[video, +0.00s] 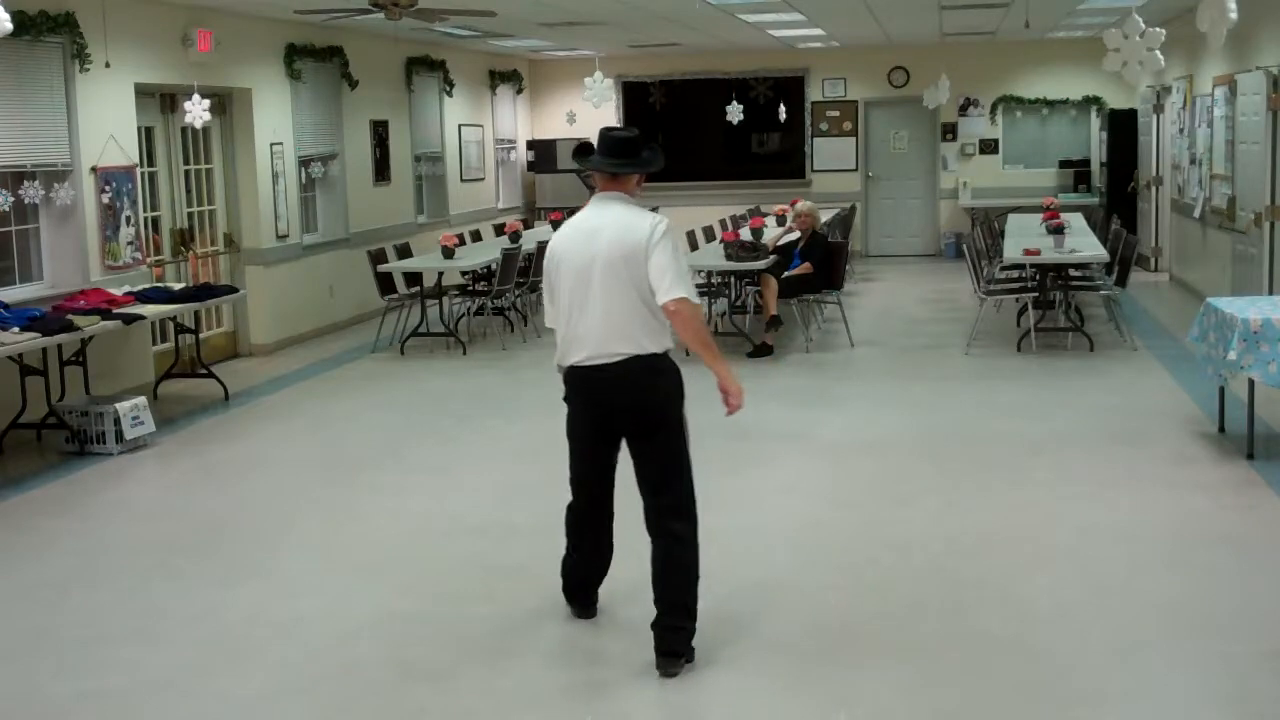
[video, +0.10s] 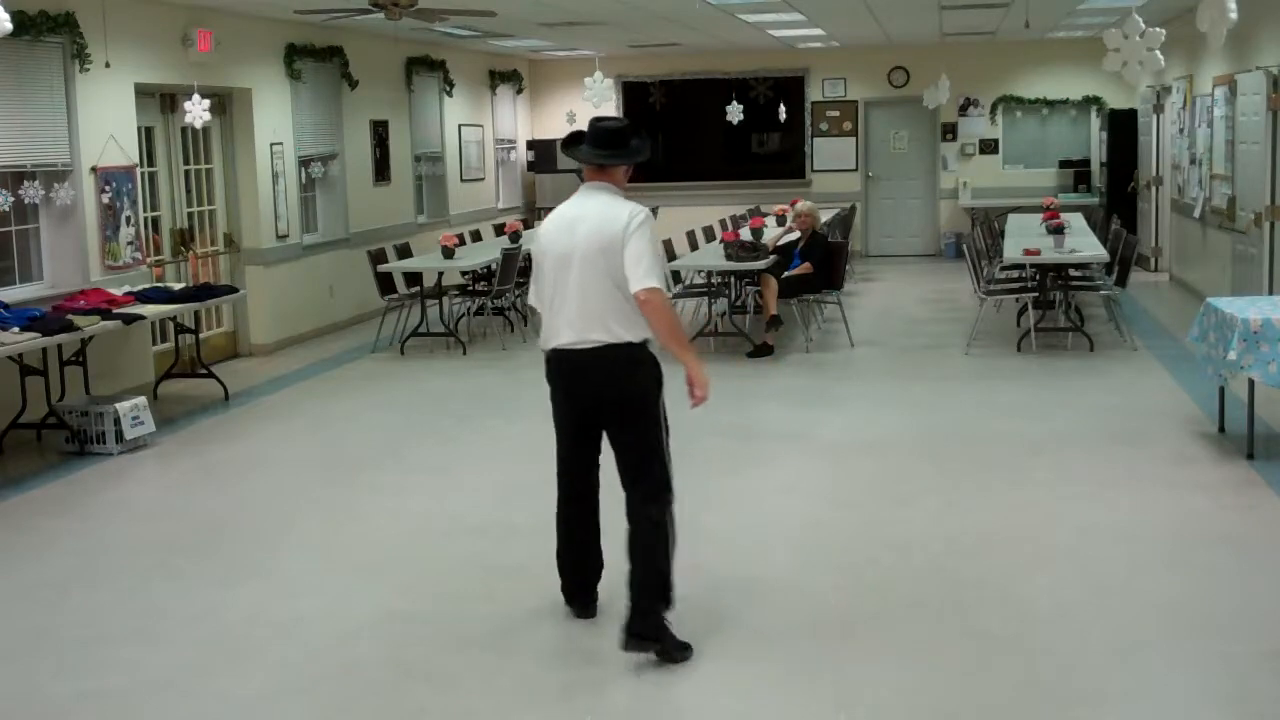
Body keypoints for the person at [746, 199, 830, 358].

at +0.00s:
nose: (802, 220)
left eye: (806, 216)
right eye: (798, 216)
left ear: (814, 219)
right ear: (795, 220)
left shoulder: (820, 240)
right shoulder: (797, 241)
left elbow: (810, 267)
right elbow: (767, 249)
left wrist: (785, 276)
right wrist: (785, 230)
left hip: (810, 279)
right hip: (791, 275)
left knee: (767, 291)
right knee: (765, 275)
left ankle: (767, 343)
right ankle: (773, 315)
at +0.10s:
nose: (802, 220)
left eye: (806, 216)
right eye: (798, 216)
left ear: (814, 219)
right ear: (795, 220)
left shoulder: (820, 240)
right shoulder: (797, 241)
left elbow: (810, 267)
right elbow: (767, 249)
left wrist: (785, 276)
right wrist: (785, 230)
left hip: (809, 279)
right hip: (791, 275)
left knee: (767, 292)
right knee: (765, 275)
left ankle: (768, 343)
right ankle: (773, 315)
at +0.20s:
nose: (802, 220)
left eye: (806, 216)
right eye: (799, 216)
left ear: (814, 219)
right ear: (795, 221)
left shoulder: (820, 240)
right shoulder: (797, 241)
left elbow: (810, 267)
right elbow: (767, 249)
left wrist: (785, 276)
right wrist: (784, 230)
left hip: (810, 279)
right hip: (791, 275)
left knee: (768, 291)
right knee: (765, 275)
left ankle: (768, 343)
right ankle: (773, 315)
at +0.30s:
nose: (802, 220)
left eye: (806, 216)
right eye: (799, 216)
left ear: (814, 219)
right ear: (795, 221)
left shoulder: (820, 240)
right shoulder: (797, 241)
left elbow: (810, 267)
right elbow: (767, 249)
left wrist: (785, 276)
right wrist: (784, 230)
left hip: (810, 279)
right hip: (791, 275)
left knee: (768, 291)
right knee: (765, 275)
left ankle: (768, 343)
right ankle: (773, 315)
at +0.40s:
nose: (802, 220)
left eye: (806, 216)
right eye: (799, 216)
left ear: (814, 219)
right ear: (795, 220)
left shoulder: (820, 240)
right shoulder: (797, 241)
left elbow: (810, 267)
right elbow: (767, 249)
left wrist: (785, 276)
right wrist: (784, 230)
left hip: (810, 279)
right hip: (791, 275)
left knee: (768, 292)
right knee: (765, 276)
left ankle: (769, 343)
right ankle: (773, 315)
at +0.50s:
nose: (802, 220)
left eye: (806, 216)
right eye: (798, 216)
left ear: (814, 219)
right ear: (795, 220)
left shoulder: (820, 240)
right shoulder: (797, 241)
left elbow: (810, 267)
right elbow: (767, 249)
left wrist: (785, 276)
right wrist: (784, 230)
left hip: (809, 278)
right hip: (790, 274)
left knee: (768, 291)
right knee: (765, 276)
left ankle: (769, 343)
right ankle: (773, 315)